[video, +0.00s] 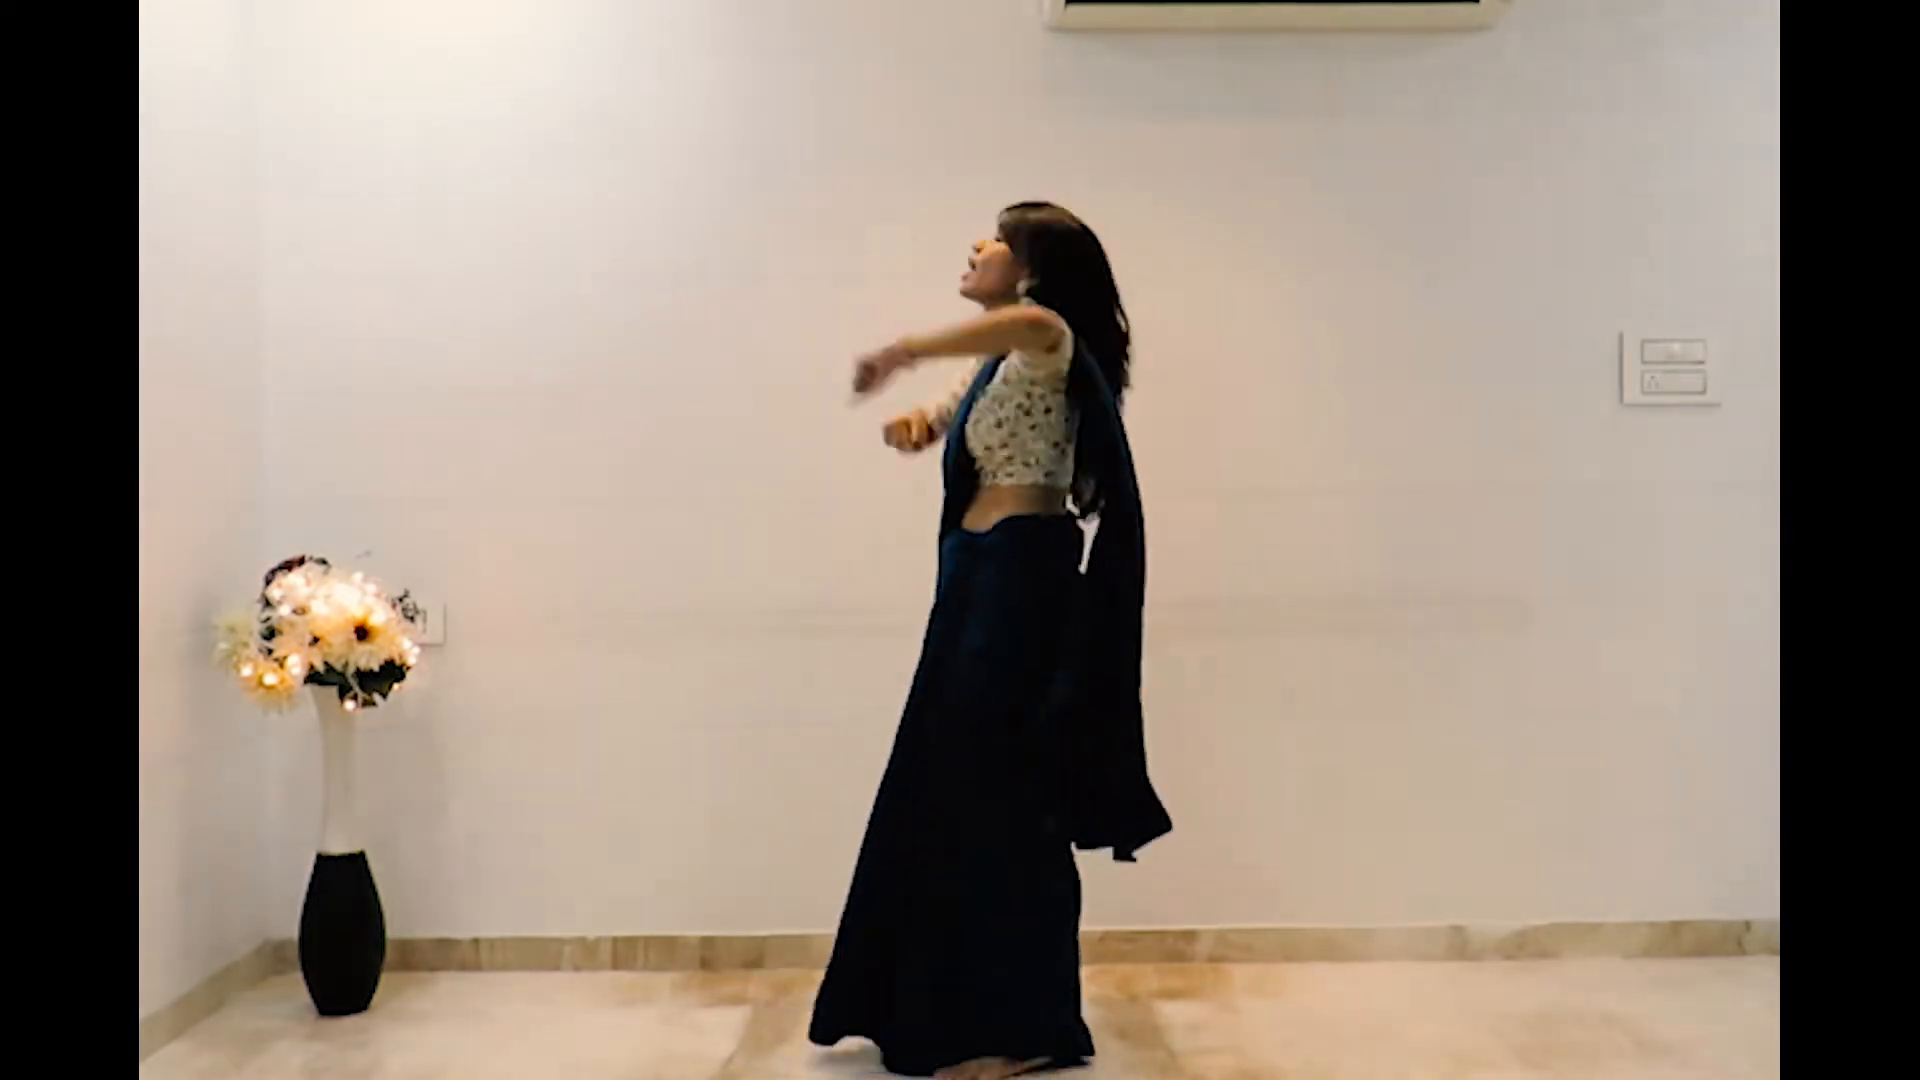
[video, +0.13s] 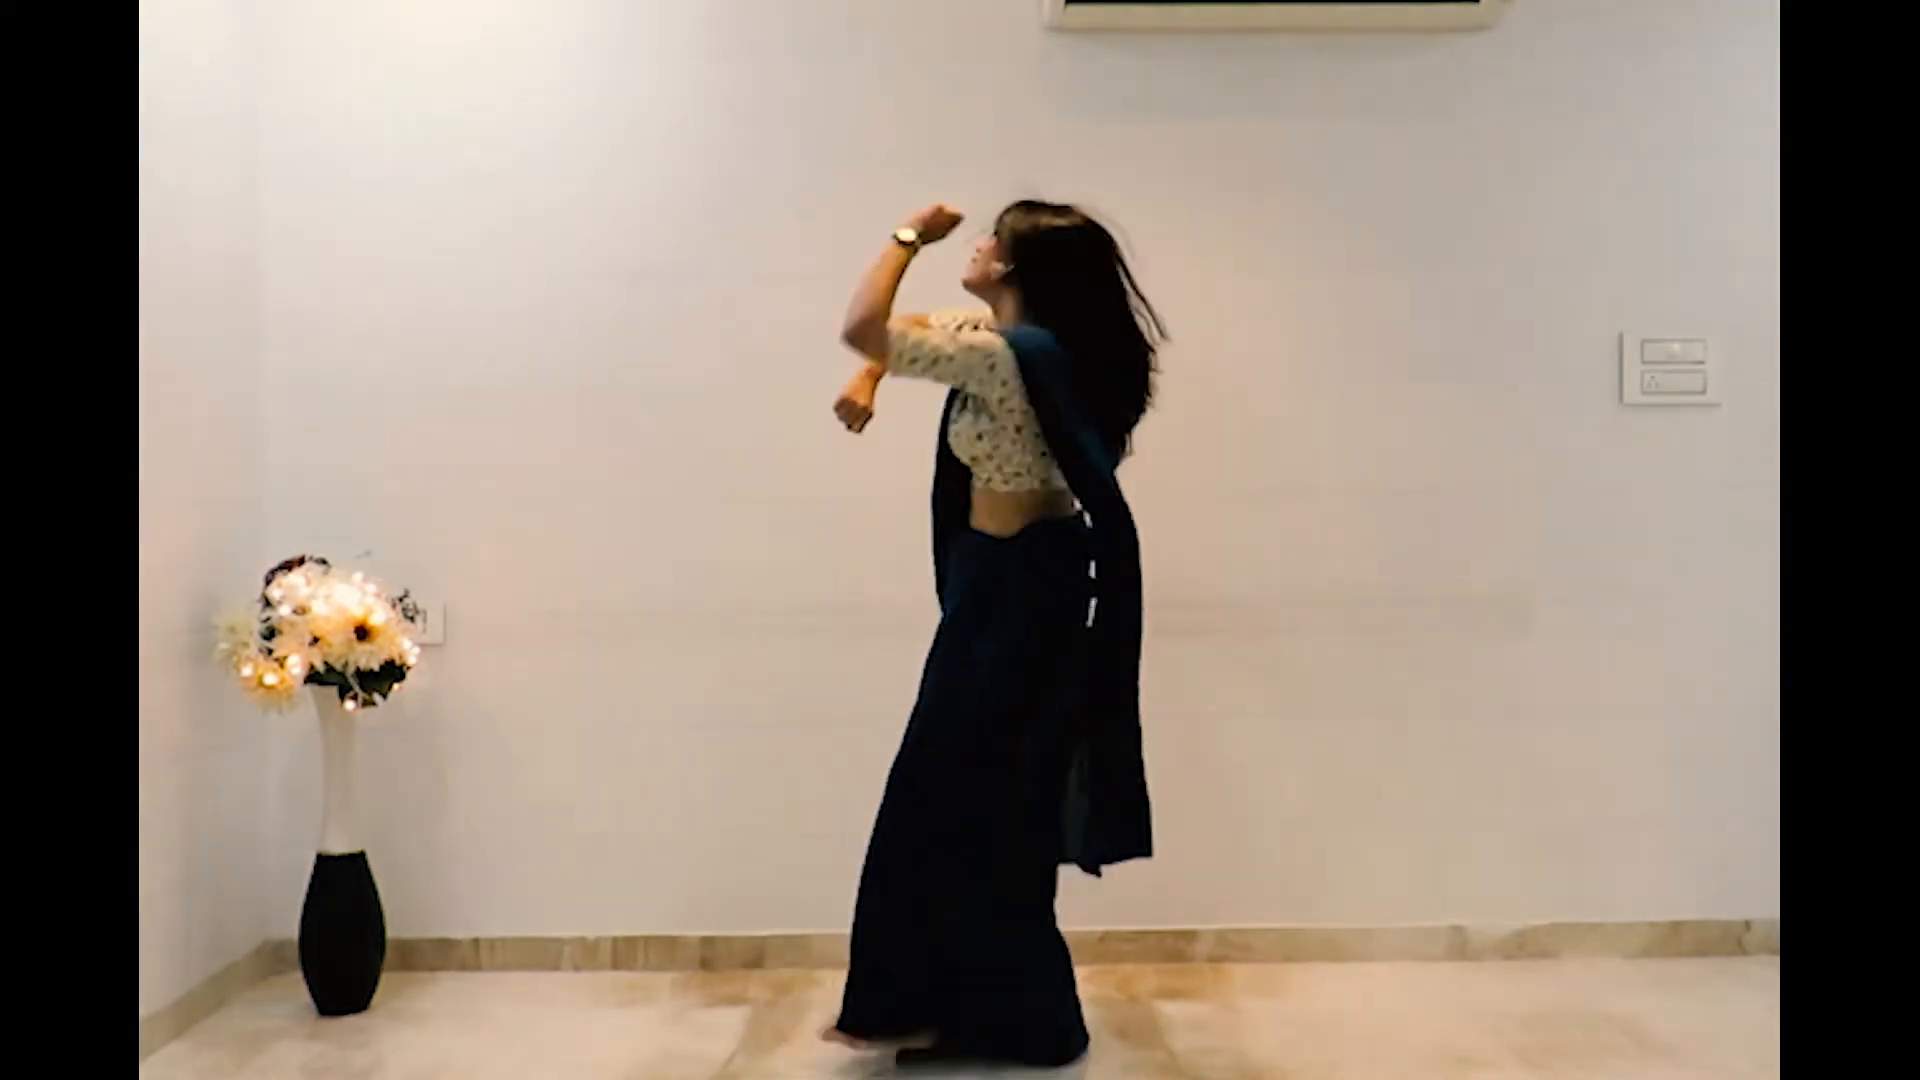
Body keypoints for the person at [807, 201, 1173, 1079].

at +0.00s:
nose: (972, 256)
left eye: (988, 247)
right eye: (979, 243)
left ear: (1029, 270)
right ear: (1018, 269)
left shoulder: (1047, 333)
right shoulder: (1005, 356)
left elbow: (1008, 330)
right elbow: (963, 405)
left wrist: (902, 351)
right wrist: (925, 424)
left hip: (1023, 581)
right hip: (989, 582)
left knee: (987, 795)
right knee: (982, 796)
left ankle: (1009, 1026)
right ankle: (999, 1019)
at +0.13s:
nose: (977, 246)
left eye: (992, 242)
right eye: (987, 237)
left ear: (1015, 273)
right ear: (1038, 278)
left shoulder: (999, 354)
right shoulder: (1041, 341)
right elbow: (934, 326)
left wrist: (906, 239)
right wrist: (869, 377)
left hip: (1008, 591)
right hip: (1046, 578)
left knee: (947, 796)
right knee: (998, 797)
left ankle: (974, 1014)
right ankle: (1010, 1008)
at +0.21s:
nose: (978, 280)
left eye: (990, 272)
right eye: (986, 267)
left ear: (1014, 301)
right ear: (1061, 305)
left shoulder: (971, 389)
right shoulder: (1065, 374)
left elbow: (864, 405)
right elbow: (956, 353)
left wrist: (923, 297)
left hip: (1001, 627)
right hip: (1068, 611)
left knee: (917, 797)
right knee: (1004, 804)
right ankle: (1014, 998)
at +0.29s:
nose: (969, 309)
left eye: (982, 296)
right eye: (975, 296)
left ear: (1012, 314)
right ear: (1043, 317)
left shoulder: (992, 411)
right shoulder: (1044, 395)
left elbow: (875, 453)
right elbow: (933, 424)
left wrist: (916, 366)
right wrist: (871, 455)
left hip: (982, 652)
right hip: (1031, 645)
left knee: (909, 819)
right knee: (996, 823)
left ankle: (811, 1008)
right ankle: (1013, 1001)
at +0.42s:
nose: (980, 284)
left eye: (992, 273)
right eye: (987, 270)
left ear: (1013, 294)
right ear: (1071, 298)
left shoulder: (1008, 385)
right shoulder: (1063, 369)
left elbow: (885, 412)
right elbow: (965, 373)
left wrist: (896, 301)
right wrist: (898, 350)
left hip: (997, 624)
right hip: (1040, 610)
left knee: (900, 798)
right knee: (971, 803)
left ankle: (874, 1013)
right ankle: (987, 997)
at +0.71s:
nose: (1041, 251)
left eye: (1060, 244)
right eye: (1028, 239)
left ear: (1085, 275)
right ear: (997, 261)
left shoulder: (1093, 360)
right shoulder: (972, 360)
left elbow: (1028, 453)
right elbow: (921, 478)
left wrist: (934, 352)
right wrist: (904, 366)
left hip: (1070, 612)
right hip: (991, 611)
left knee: (1072, 806)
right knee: (988, 803)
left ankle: (1094, 1029)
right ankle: (984, 1016)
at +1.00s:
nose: (1041, 217)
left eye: (1056, 206)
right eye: (1020, 208)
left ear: (1081, 236)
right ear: (992, 239)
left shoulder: (1120, 347)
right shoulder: (956, 324)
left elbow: (1207, 438)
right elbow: (828, 387)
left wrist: (1188, 461)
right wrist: (924, 464)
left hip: (1067, 598)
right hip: (965, 594)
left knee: (1061, 790)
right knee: (972, 802)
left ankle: (1097, 1017)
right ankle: (1003, 1025)